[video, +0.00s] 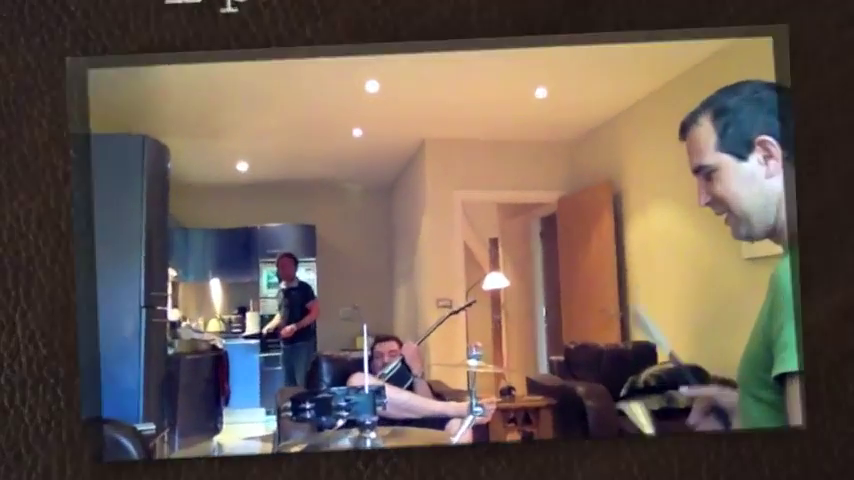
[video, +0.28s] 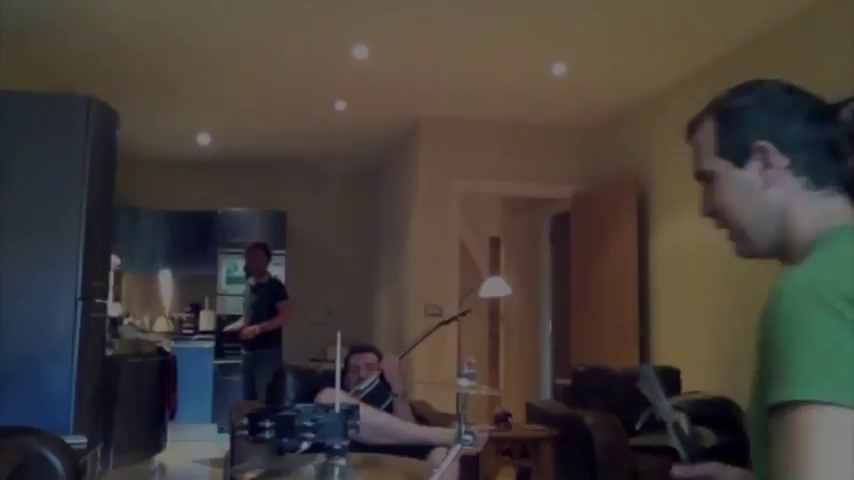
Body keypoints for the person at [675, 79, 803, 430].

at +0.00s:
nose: (703, 199)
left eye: (708, 174)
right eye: (698, 178)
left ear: (767, 157)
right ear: (766, 157)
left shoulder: (791, 273)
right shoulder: (791, 270)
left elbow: (811, 447)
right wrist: (745, 408)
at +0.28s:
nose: (705, 210)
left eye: (709, 180)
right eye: (702, 184)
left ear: (769, 163)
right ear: (770, 164)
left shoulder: (810, 293)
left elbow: (816, 466)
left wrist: (728, 474)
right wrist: (736, 471)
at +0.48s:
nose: (467, 278)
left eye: (463, 265)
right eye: (463, 264)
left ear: (483, 273)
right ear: (554, 223)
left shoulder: (545, 371)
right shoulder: (673, 260)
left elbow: (574, 473)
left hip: (763, 467)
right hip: (845, 438)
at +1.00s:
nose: (495, 228)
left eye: (493, 217)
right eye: (492, 215)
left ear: (513, 227)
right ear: (590, 185)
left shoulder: (560, 346)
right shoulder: (708, 241)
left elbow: (586, 471)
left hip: (765, 466)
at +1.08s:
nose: (509, 215)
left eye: (509, 201)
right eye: (508, 198)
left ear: (530, 210)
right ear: (609, 175)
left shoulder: (570, 323)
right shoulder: (725, 235)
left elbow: (599, 476)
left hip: (760, 467)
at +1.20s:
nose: (546, 179)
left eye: (549, 164)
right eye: (547, 162)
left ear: (571, 171)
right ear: (653, 147)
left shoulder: (597, 279)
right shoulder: (762, 226)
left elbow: (628, 471)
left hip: (749, 468)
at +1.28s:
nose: (571, 157)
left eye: (573, 142)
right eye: (572, 141)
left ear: (598, 152)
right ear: (681, 134)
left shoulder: (616, 259)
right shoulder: (785, 220)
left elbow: (651, 468)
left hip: (748, 468)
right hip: (843, 460)